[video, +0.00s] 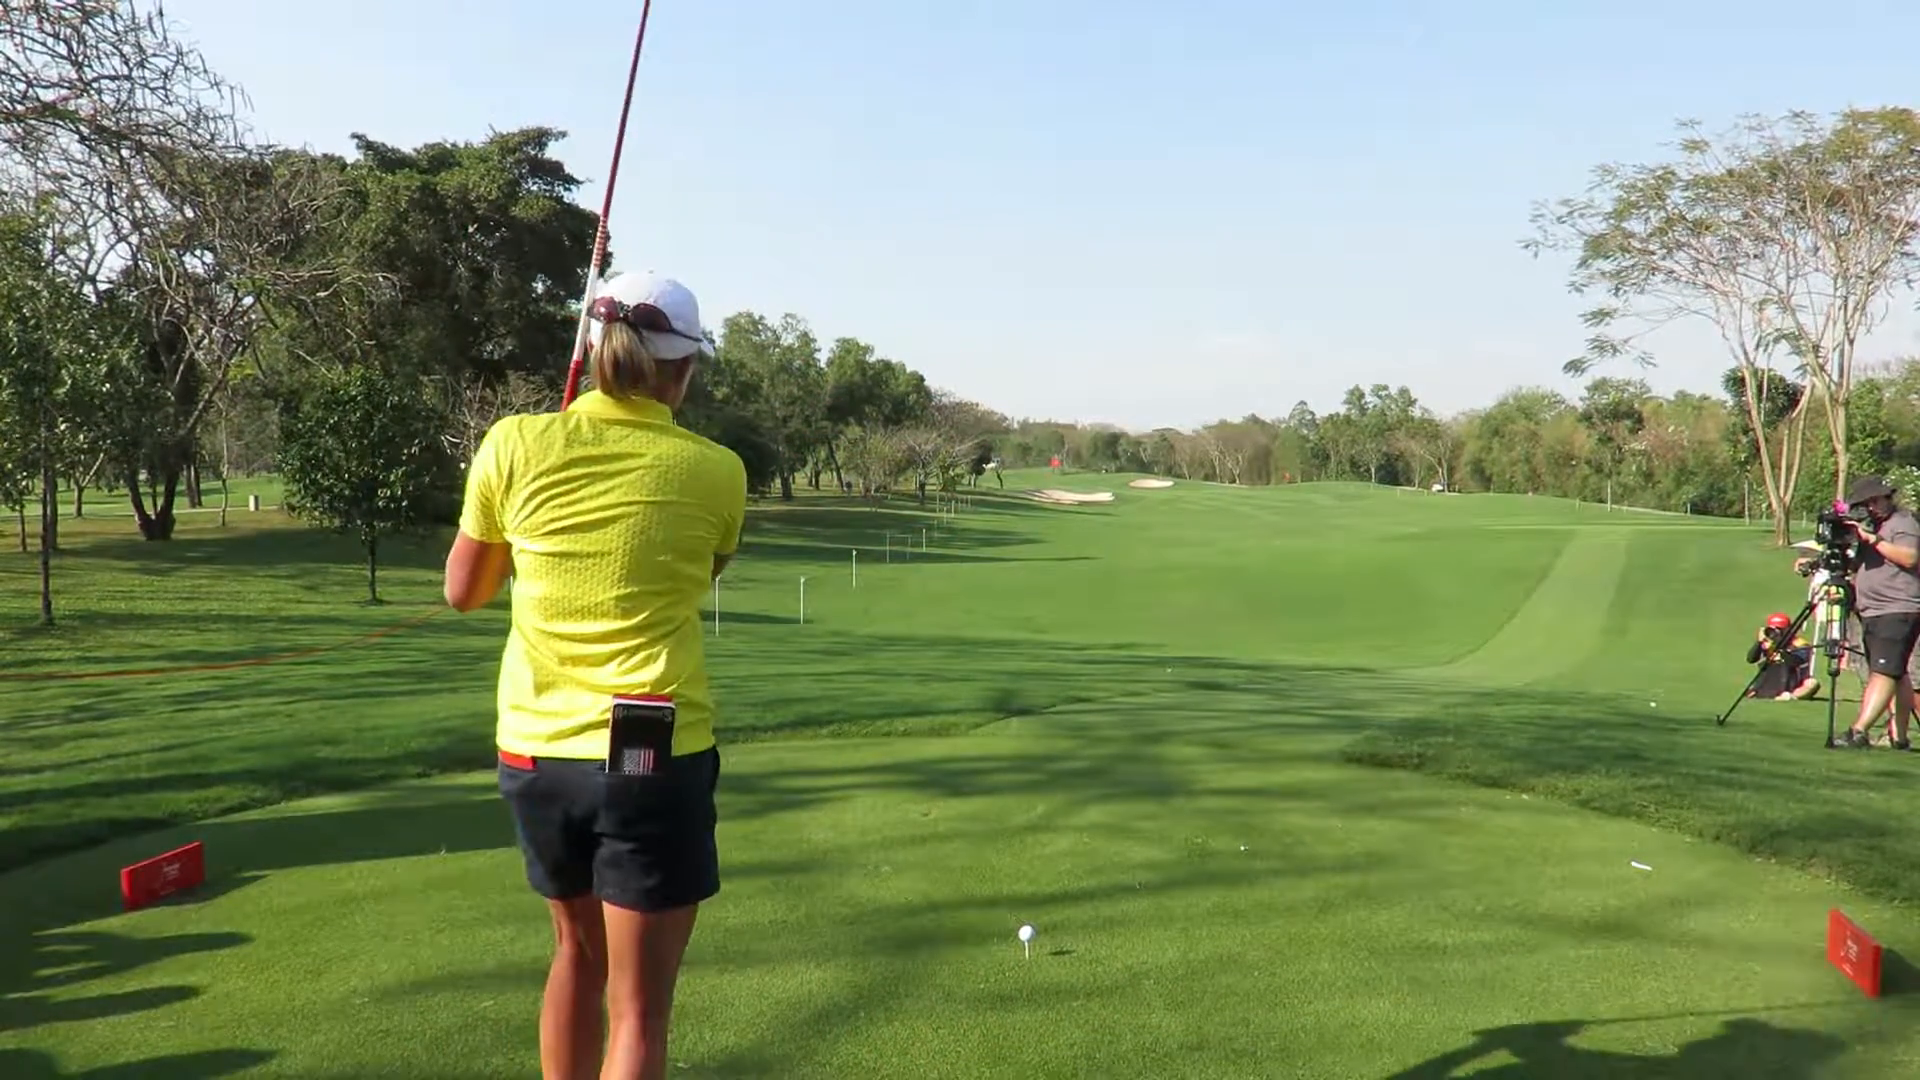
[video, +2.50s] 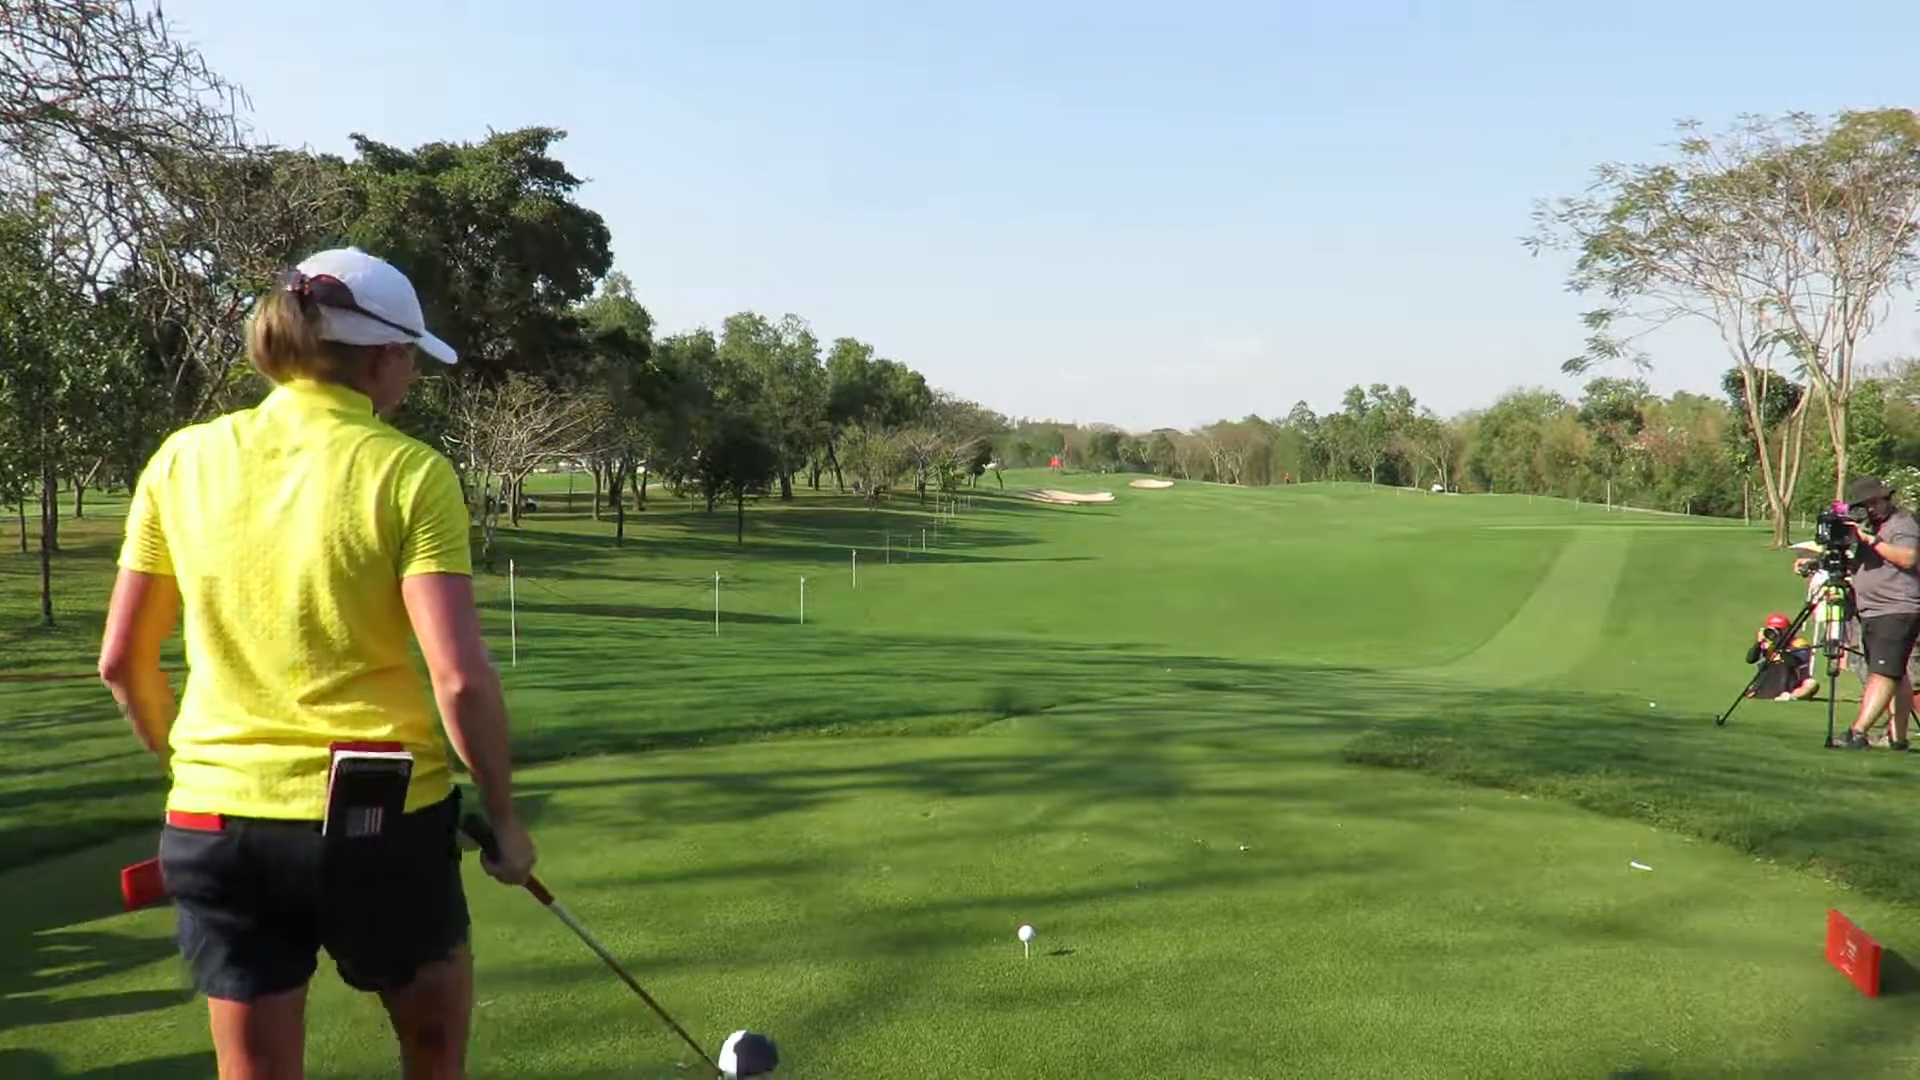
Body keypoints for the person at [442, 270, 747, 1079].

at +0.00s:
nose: (692, 376)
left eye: (689, 360)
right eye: (692, 362)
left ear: (590, 351)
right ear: (681, 368)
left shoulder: (514, 444)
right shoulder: (716, 472)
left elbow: (464, 587)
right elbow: (701, 570)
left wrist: (546, 520)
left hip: (537, 757)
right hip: (656, 763)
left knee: (573, 951)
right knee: (639, 1009)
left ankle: (564, 1077)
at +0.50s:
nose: (621, 377)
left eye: (622, 358)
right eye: (623, 359)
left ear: (501, 349)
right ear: (606, 364)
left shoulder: (409, 462)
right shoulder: (637, 477)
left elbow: (352, 659)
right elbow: (700, 661)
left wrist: (458, 614)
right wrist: (614, 584)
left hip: (441, 843)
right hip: (606, 839)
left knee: (474, 1070)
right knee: (646, 1047)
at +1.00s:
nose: (593, 345)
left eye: (593, 320)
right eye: (594, 323)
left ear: (459, 309)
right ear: (576, 326)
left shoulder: (343, 444)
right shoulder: (610, 470)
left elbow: (198, 643)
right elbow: (676, 727)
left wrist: (338, 743)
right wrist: (642, 783)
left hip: (365, 892)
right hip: (536, 902)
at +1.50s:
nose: (580, 329)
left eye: (580, 305)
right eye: (582, 307)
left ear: (432, 284)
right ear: (562, 311)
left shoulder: (300, 434)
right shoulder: (595, 466)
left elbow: (171, 679)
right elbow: (644, 771)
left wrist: (283, 826)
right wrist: (659, 925)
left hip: (314, 917)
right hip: (511, 930)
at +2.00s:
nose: (536, 355)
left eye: (538, 331)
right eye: (537, 332)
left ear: (392, 313)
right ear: (518, 334)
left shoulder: (270, 460)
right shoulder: (547, 474)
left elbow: (165, 701)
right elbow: (609, 751)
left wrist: (207, 879)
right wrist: (616, 895)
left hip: (301, 916)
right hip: (478, 919)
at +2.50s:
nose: (413, 377)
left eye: (416, 359)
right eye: (412, 358)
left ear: (288, 346)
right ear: (381, 356)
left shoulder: (182, 459)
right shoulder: (409, 469)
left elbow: (124, 661)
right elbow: (460, 679)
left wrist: (192, 764)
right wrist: (503, 817)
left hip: (215, 830)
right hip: (379, 833)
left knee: (251, 1067)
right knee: (434, 1048)